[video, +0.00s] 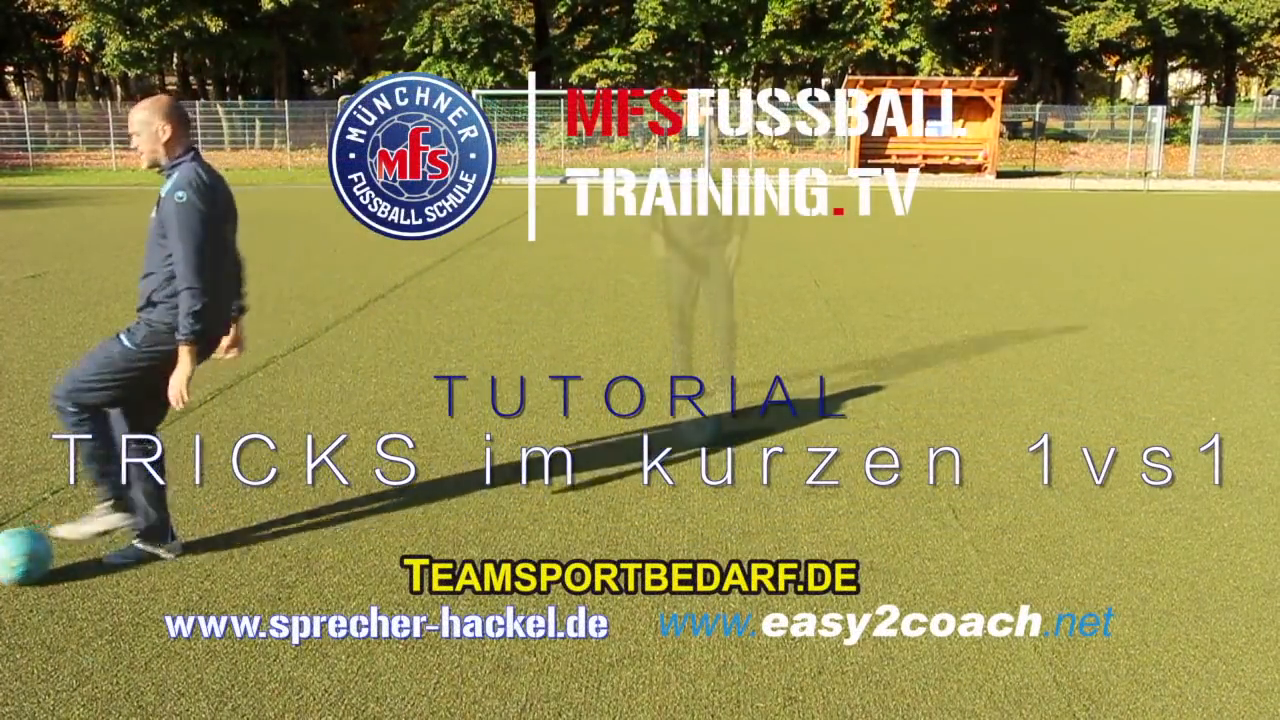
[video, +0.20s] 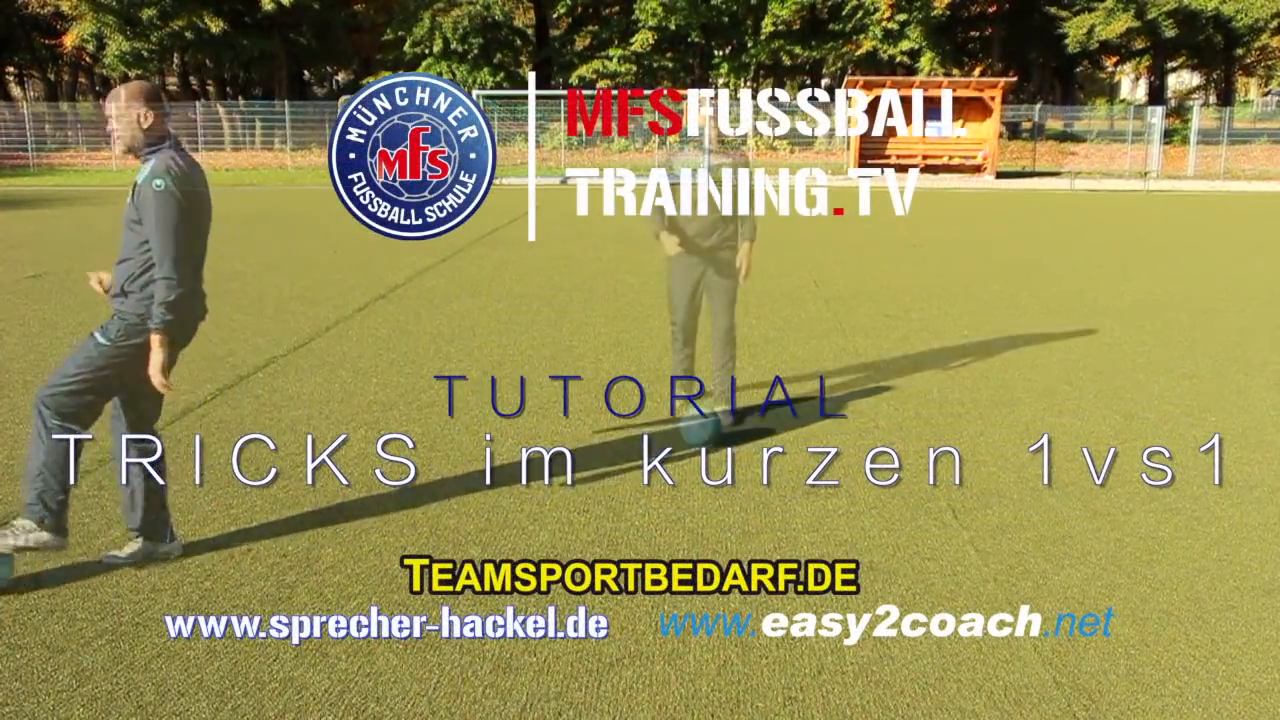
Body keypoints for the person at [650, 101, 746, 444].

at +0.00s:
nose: (701, 154)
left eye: (705, 147)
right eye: (694, 148)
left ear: (712, 151)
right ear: (684, 151)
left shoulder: (724, 177)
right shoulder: (669, 178)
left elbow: (741, 213)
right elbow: (653, 219)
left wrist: (735, 243)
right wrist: (671, 246)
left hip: (718, 252)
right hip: (680, 252)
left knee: (724, 320)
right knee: (681, 319)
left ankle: (728, 382)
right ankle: (682, 384)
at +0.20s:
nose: (709, 127)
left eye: (713, 120)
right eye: (703, 120)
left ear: (720, 125)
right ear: (693, 123)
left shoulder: (734, 160)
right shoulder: (675, 159)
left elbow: (747, 204)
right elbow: (655, 199)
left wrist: (746, 245)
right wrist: (662, 233)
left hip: (723, 255)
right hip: (684, 253)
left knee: (724, 329)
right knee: (681, 327)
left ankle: (723, 399)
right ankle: (682, 398)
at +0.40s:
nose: (732, 137)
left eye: (738, 132)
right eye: (726, 130)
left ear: (745, 130)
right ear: (710, 123)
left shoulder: (750, 160)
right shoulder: (689, 156)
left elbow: (761, 205)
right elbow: (660, 190)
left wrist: (762, 247)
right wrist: (666, 220)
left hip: (731, 254)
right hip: (691, 251)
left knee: (729, 331)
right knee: (681, 322)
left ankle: (724, 401)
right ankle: (680, 385)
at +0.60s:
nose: (740, 130)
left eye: (745, 123)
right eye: (733, 123)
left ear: (752, 123)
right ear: (720, 122)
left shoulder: (761, 160)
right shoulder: (696, 153)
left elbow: (770, 208)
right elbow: (664, 188)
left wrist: (771, 249)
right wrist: (662, 225)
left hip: (736, 256)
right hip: (696, 252)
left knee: (731, 331)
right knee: (694, 320)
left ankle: (724, 402)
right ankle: (679, 387)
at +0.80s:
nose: (746, 135)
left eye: (752, 128)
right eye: (740, 128)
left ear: (759, 125)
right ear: (727, 123)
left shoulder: (765, 162)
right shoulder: (699, 152)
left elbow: (774, 212)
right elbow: (667, 194)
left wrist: (772, 255)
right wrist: (653, 240)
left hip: (738, 251)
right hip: (699, 246)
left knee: (734, 328)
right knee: (705, 313)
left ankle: (724, 401)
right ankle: (684, 395)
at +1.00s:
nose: (743, 140)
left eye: (749, 134)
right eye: (738, 133)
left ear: (757, 131)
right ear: (725, 127)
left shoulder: (765, 167)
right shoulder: (697, 158)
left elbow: (775, 217)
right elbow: (669, 199)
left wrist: (772, 262)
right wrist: (650, 241)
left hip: (738, 260)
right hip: (699, 253)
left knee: (732, 334)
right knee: (708, 321)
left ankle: (723, 400)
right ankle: (690, 406)